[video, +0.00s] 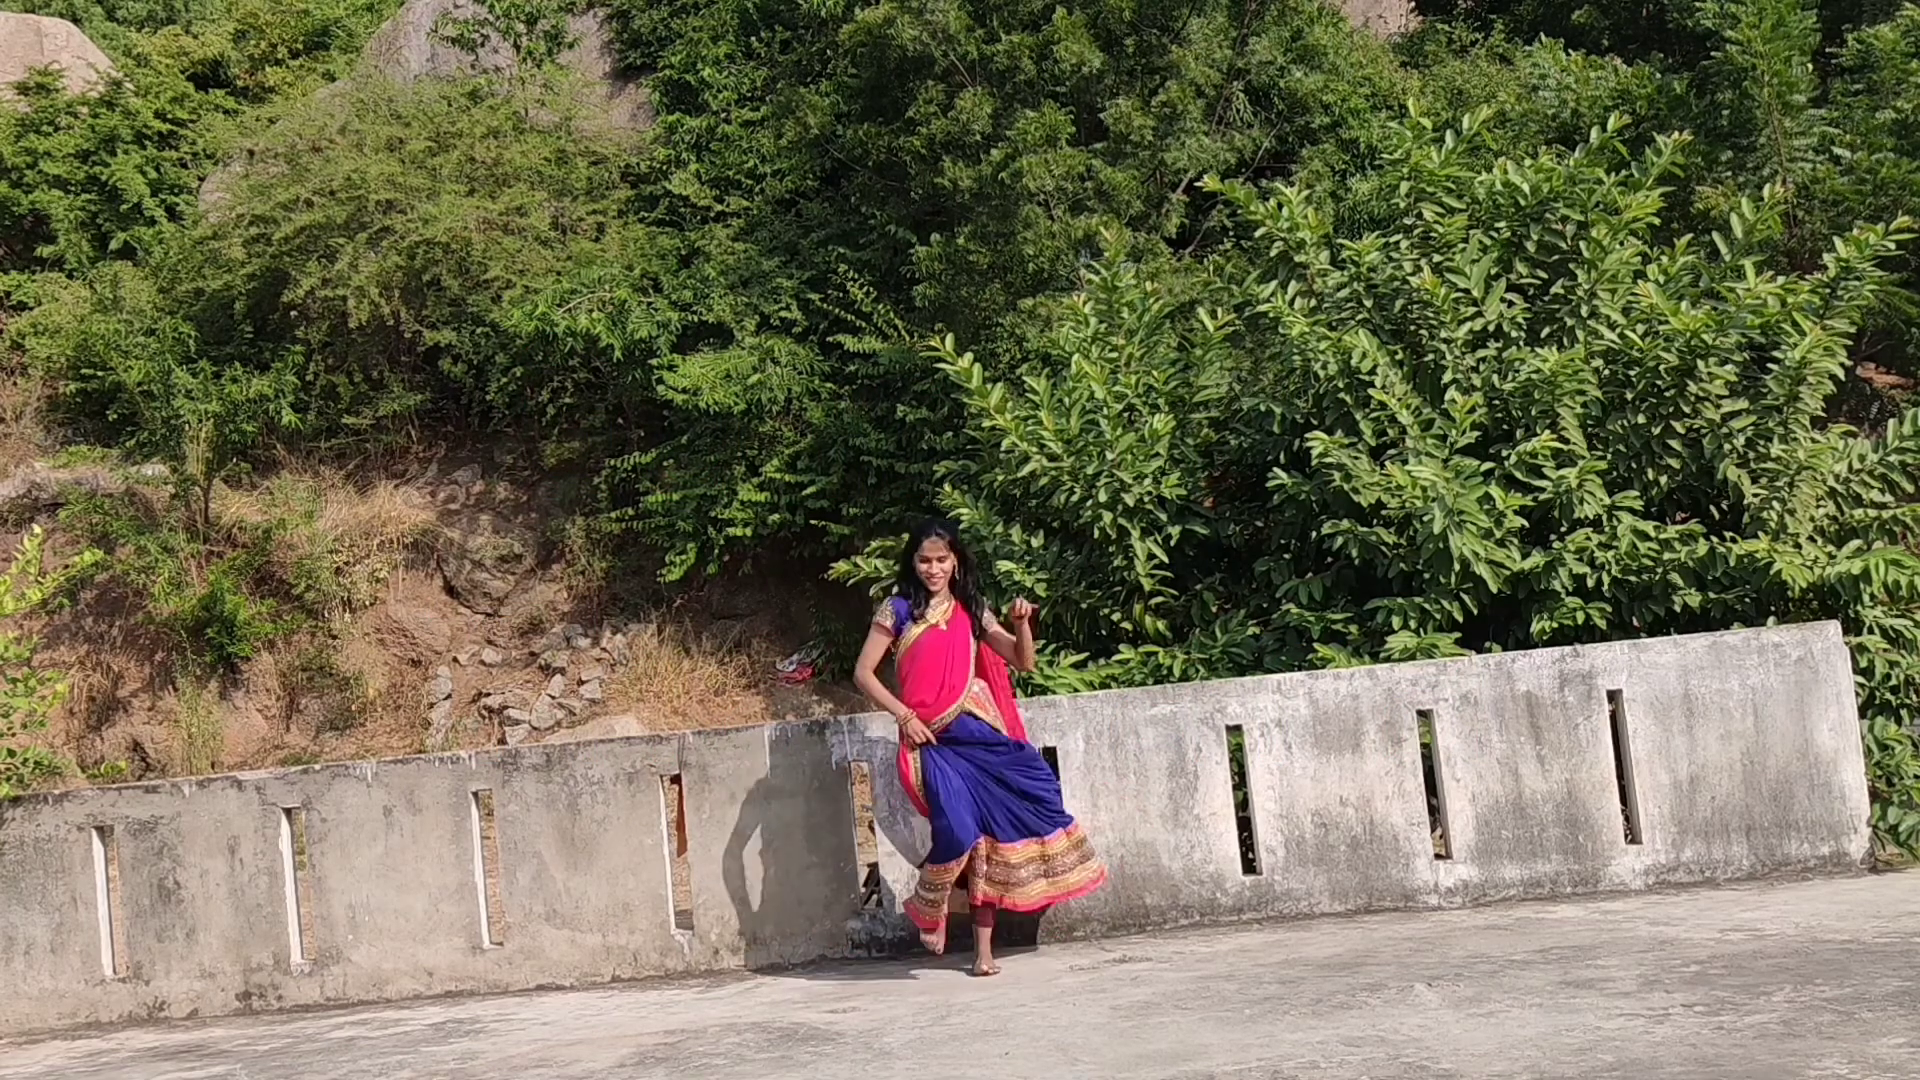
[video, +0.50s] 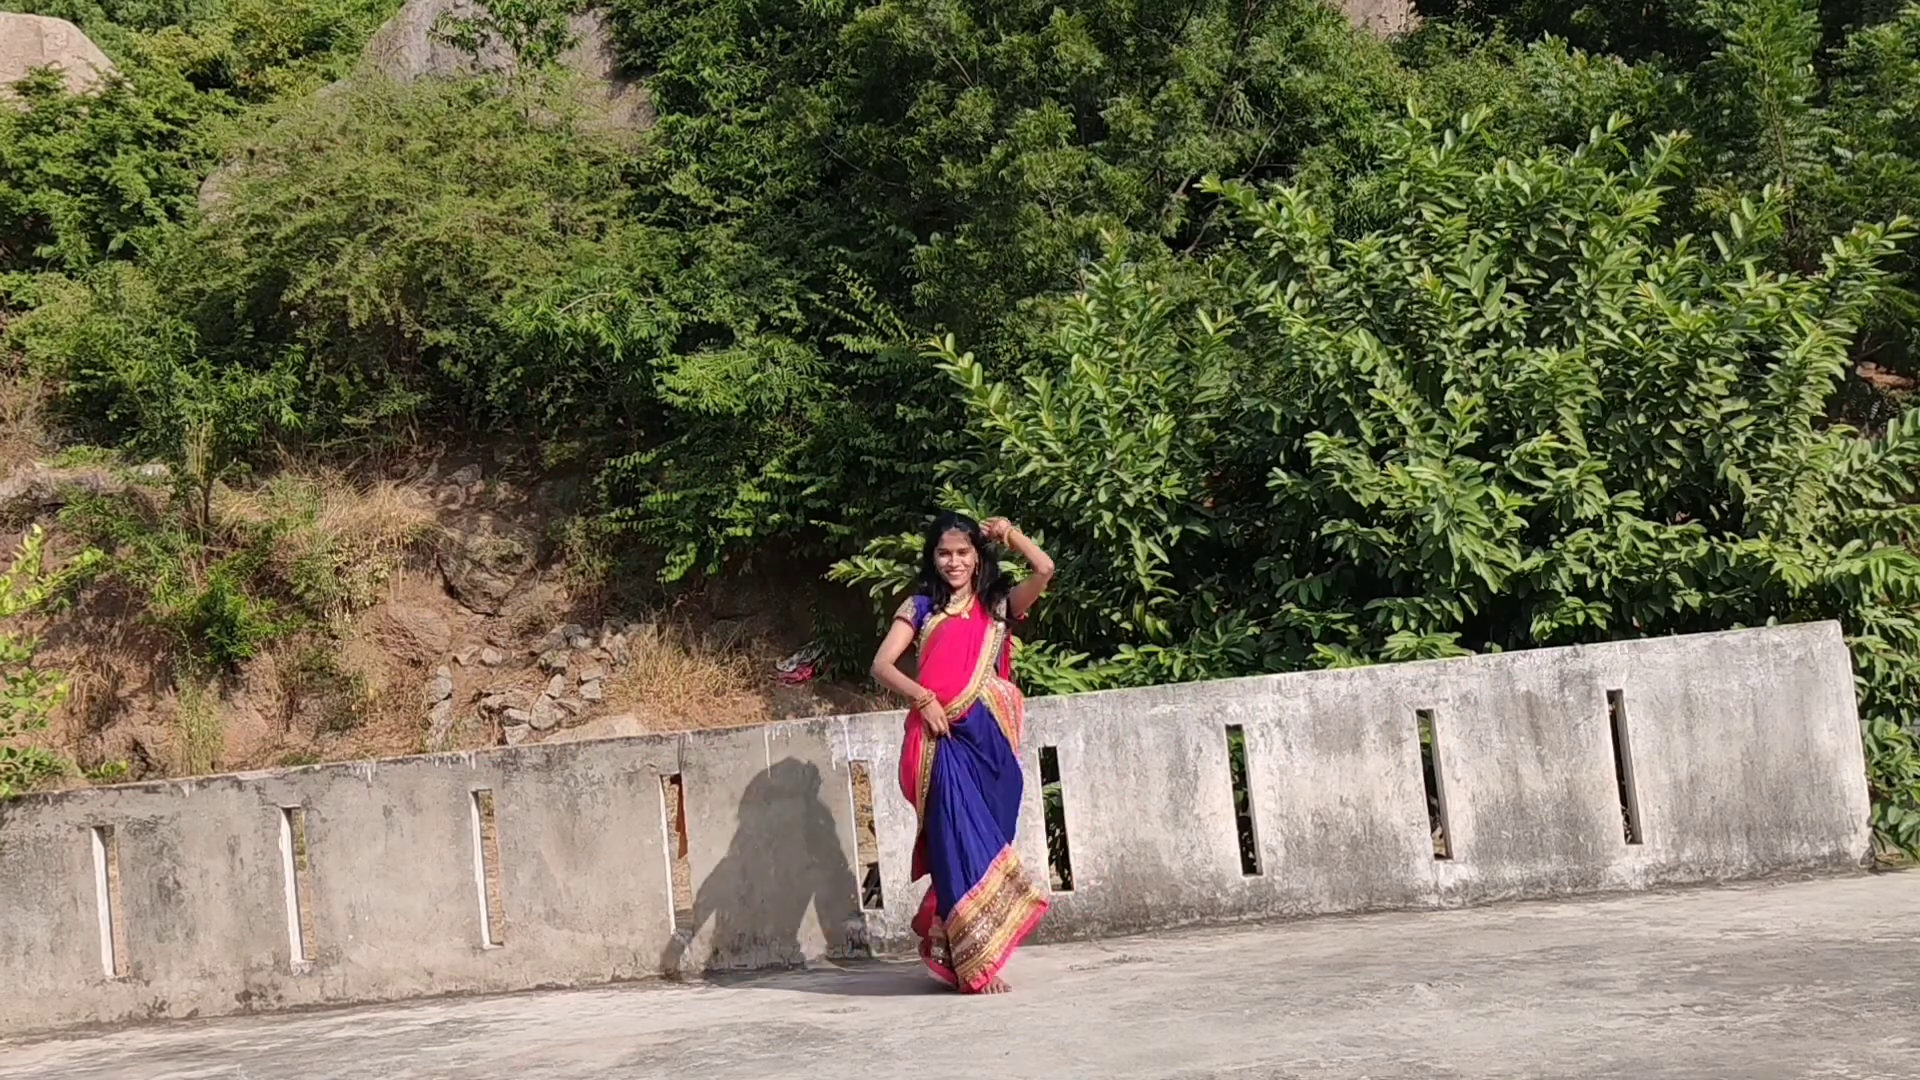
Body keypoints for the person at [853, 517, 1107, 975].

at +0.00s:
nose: (932, 568)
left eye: (941, 559)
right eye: (924, 559)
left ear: (956, 562)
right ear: (912, 563)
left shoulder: (971, 609)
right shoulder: (897, 609)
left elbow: (1023, 662)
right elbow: (862, 672)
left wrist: (1023, 624)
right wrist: (903, 715)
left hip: (979, 731)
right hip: (930, 737)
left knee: (986, 836)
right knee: (960, 833)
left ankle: (983, 947)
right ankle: (930, 906)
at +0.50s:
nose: (952, 562)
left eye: (961, 553)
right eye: (944, 554)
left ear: (978, 557)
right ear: (933, 559)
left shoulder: (1000, 604)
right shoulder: (921, 606)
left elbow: (1044, 571)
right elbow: (881, 665)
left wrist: (1010, 534)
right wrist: (923, 697)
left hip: (990, 733)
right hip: (940, 735)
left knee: (982, 837)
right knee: (961, 840)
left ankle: (938, 925)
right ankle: (978, 963)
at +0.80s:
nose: (962, 533)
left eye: (971, 526)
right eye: (953, 527)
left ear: (988, 537)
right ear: (941, 539)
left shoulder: (1007, 590)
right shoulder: (930, 589)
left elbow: (1068, 556)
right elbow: (886, 644)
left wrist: (1025, 520)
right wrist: (929, 705)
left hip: (1001, 726)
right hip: (951, 731)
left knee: (1006, 838)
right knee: (957, 841)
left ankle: (992, 951)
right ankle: (962, 961)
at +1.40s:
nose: (999, 524)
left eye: (1006, 514)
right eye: (989, 519)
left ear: (1026, 522)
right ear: (979, 533)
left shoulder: (1050, 578)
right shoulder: (966, 584)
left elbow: (1126, 551)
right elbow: (904, 639)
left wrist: (1081, 511)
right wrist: (945, 703)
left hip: (1036, 714)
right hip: (980, 721)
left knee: (1052, 818)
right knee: (1038, 804)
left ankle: (1045, 962)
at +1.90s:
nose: (1030, 545)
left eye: (1038, 533)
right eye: (1019, 537)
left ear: (1059, 535)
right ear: (1009, 545)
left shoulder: (1085, 582)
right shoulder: (1002, 601)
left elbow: (1123, 537)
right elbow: (956, 668)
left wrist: (1166, 493)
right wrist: (983, 686)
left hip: (1072, 726)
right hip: (1018, 732)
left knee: (1072, 846)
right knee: (1037, 852)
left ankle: (1088, 979)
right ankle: (1056, 980)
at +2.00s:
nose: (1035, 540)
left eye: (1044, 529)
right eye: (1024, 531)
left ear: (1062, 534)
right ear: (1011, 540)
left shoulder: (1090, 579)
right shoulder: (1001, 604)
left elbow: (1145, 559)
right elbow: (986, 674)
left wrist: (1206, 542)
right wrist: (994, 714)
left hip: (1084, 734)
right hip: (1025, 740)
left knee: (1086, 855)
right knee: (1037, 860)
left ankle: (1100, 983)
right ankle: (1051, 988)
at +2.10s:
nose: (1038, 529)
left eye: (1049, 518)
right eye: (1028, 519)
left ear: (1066, 526)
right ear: (1015, 529)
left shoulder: (1093, 576)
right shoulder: (1003, 596)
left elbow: (1160, 596)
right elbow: (1006, 674)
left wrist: (1228, 617)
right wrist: (1026, 741)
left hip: (1097, 735)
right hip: (1035, 739)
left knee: (1105, 854)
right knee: (1040, 859)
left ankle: (1106, 982)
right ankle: (1053, 989)